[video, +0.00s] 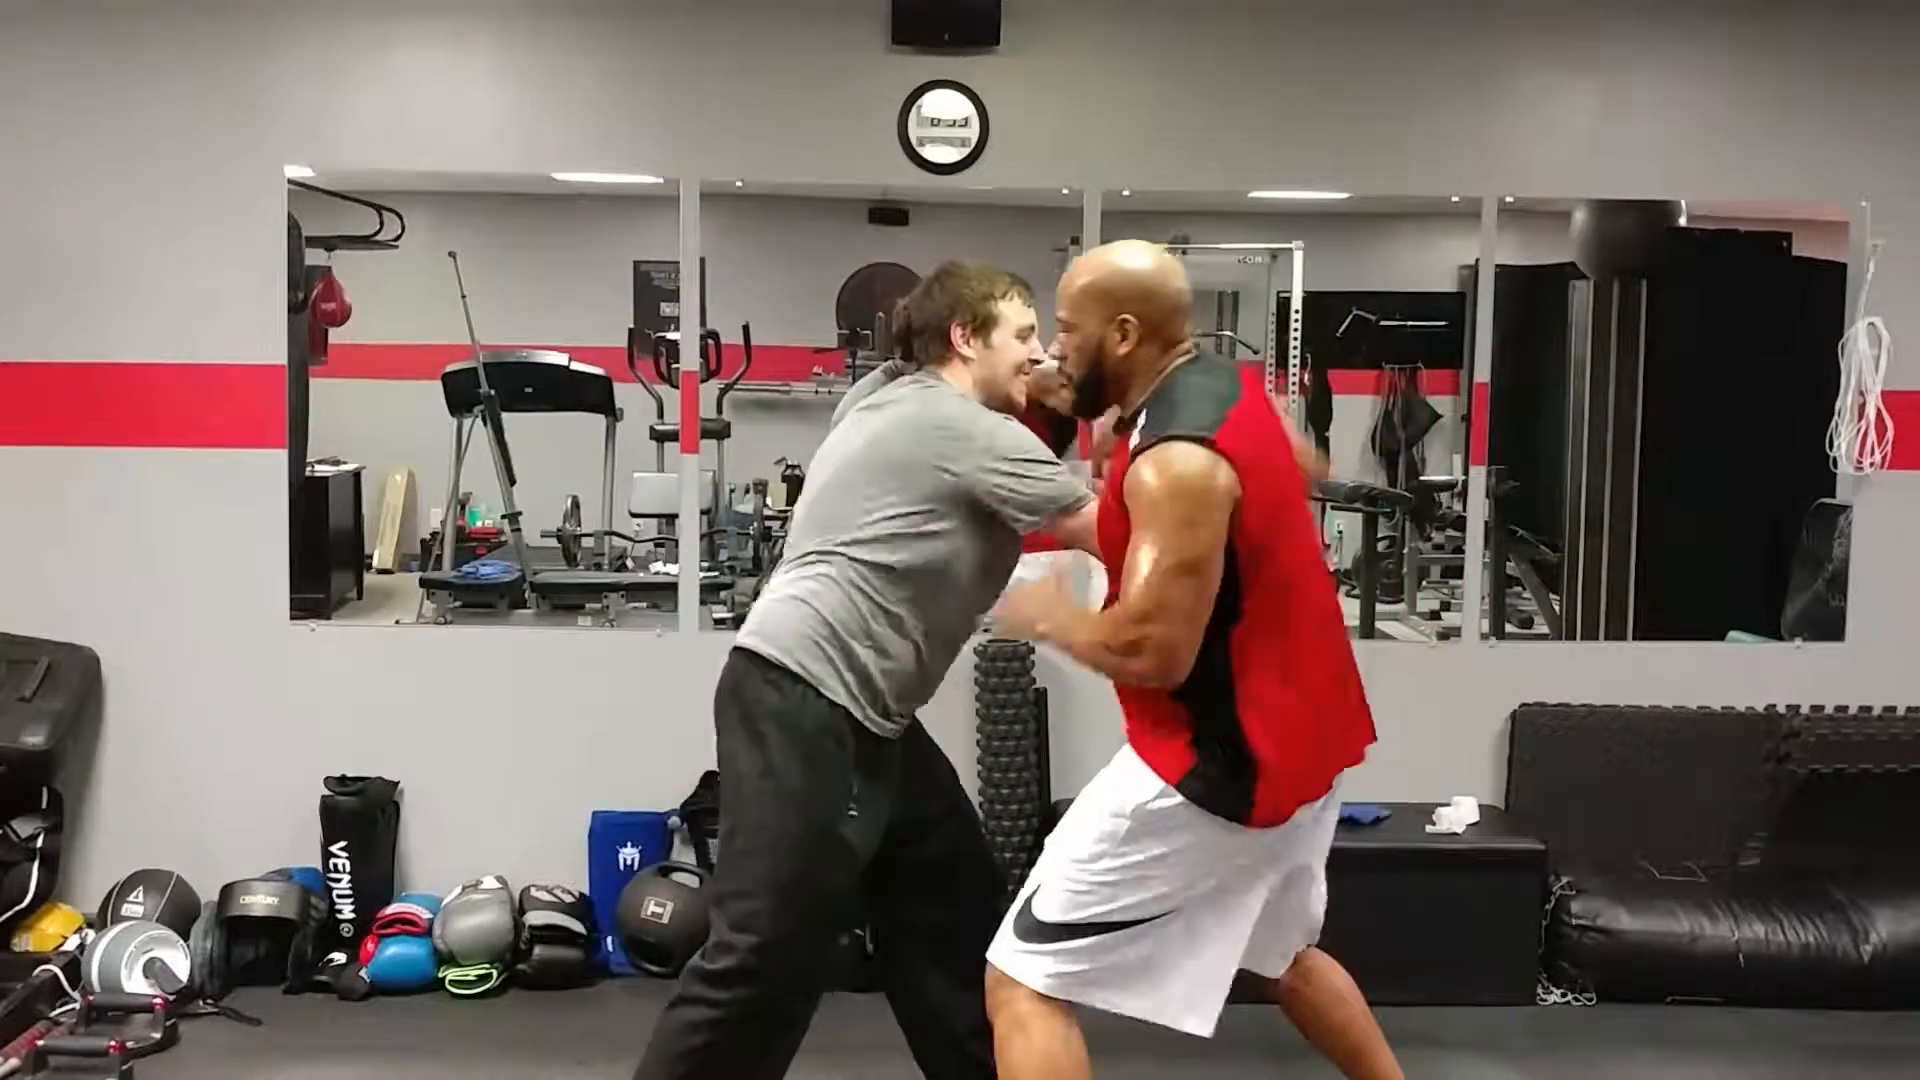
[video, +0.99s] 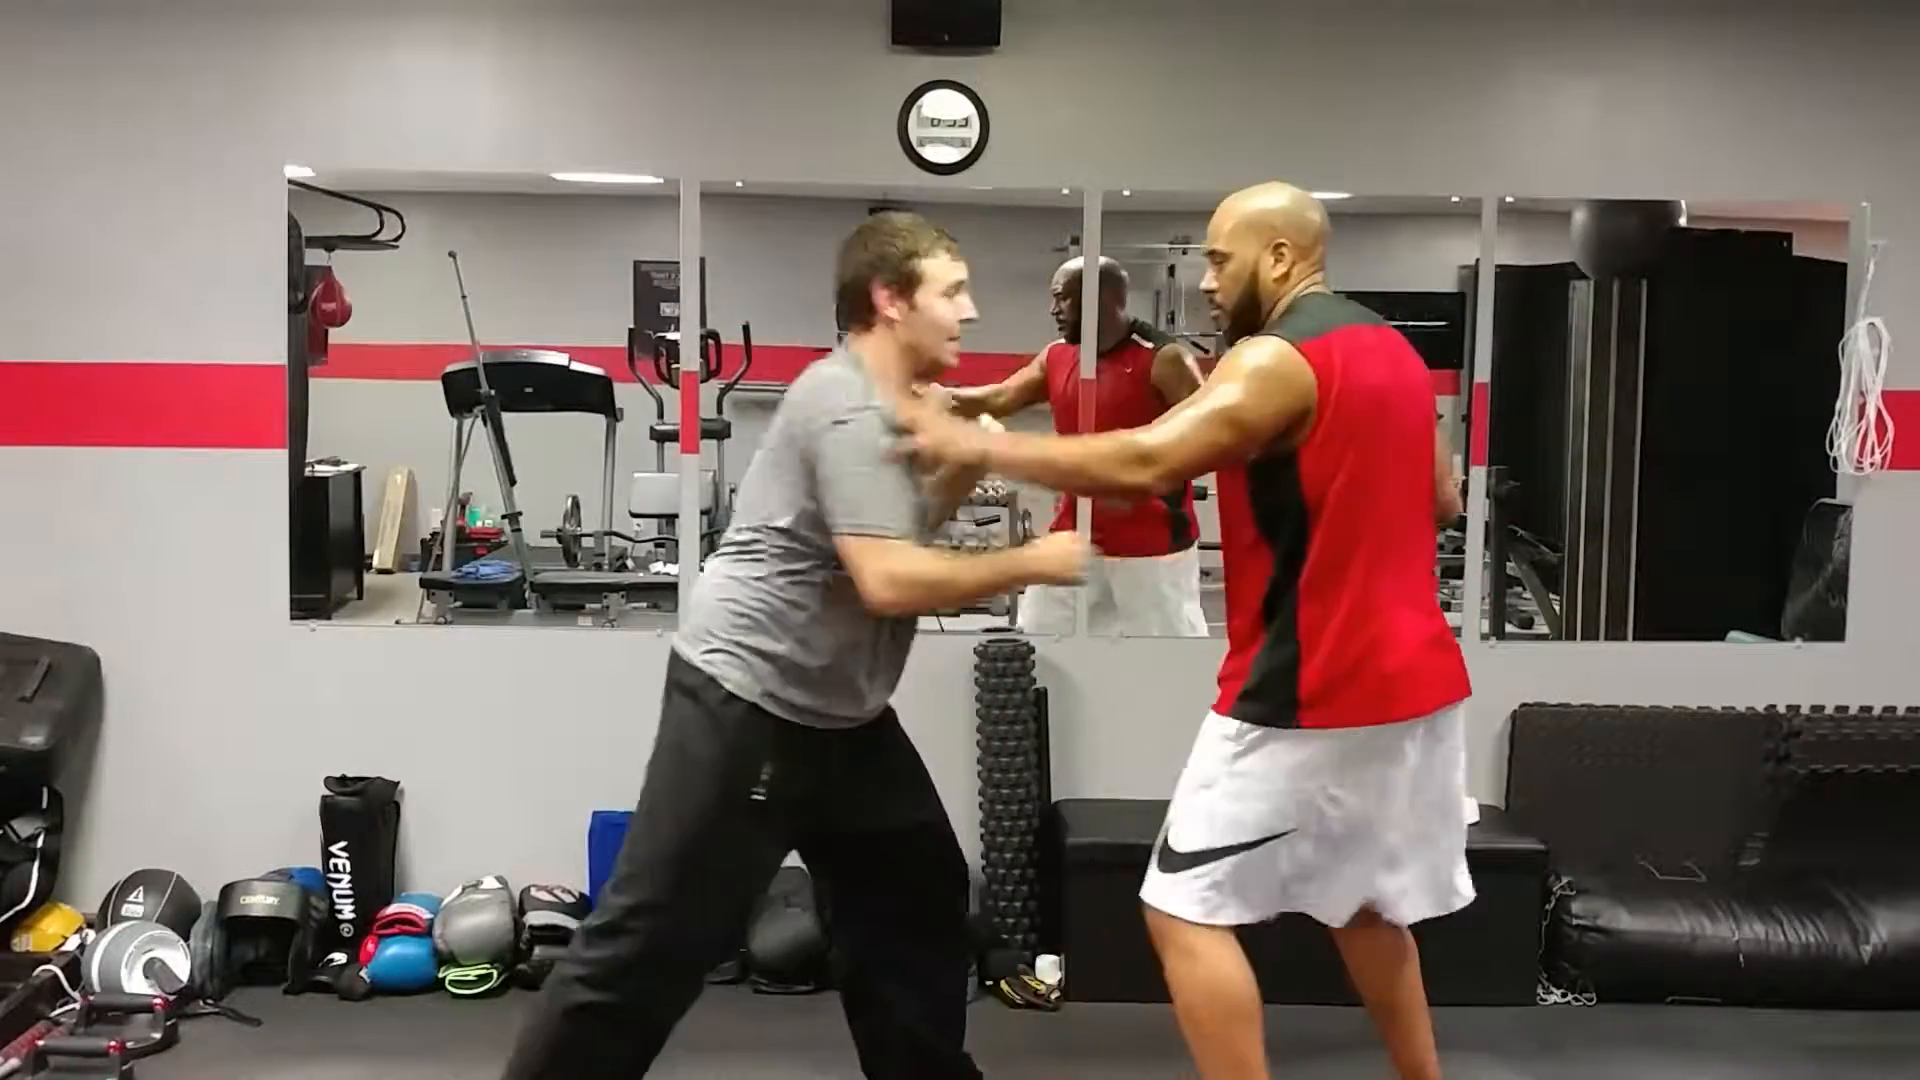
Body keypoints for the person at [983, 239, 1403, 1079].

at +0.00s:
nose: (1053, 346)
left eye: (1066, 328)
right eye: (1055, 327)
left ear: (1126, 333)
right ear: (1149, 328)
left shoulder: (1176, 458)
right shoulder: (1229, 383)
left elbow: (1154, 650)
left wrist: (1049, 618)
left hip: (1210, 762)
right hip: (1301, 740)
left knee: (1022, 977)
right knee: (1280, 950)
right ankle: (1385, 1075)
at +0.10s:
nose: (1048, 336)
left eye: (1059, 317)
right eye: (1047, 318)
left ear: (1117, 317)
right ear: (1144, 315)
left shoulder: (1158, 442)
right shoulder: (1210, 388)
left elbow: (1108, 627)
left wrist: (967, 614)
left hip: (1203, 753)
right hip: (1294, 734)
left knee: (1021, 979)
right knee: (1263, 954)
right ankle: (1360, 1075)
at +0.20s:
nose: (1050, 327)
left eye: (1060, 308)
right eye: (1051, 308)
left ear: (1118, 310)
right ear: (1141, 308)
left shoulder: (1147, 426)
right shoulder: (1213, 379)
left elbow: (1048, 595)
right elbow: (1071, 428)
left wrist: (926, 577)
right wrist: (956, 401)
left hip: (1191, 757)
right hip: (1286, 736)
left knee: (1013, 980)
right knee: (1244, 957)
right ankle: (1325, 1074)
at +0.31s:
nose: (1055, 320)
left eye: (1066, 302)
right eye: (1057, 302)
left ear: (1119, 306)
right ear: (1160, 301)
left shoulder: (1104, 403)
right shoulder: (1249, 372)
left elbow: (909, 487)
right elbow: (1118, 491)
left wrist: (754, 495)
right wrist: (957, 479)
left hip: (1174, 743)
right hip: (1295, 728)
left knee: (999, 977)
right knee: (1238, 943)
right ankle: (1334, 1072)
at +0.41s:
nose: (1053, 313)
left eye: (1064, 296)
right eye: (1056, 294)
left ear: (1110, 303)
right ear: (1164, 304)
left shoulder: (1069, 379)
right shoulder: (1257, 379)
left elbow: (894, 398)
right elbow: (1318, 523)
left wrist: (798, 336)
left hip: (1156, 754)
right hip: (1295, 739)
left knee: (997, 971)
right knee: (1254, 917)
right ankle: (1362, 1071)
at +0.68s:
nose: (1141, 311)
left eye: (1151, 290)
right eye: (1141, 291)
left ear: (1205, 284)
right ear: (1246, 285)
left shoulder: (1189, 374)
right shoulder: (1357, 366)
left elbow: (1032, 443)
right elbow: (1443, 492)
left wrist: (921, 384)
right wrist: (1317, 518)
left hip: (1228, 716)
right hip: (1357, 698)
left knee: (1100, 936)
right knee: (1342, 916)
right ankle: (1418, 1072)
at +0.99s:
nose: (1207, 280)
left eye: (1221, 261)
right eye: (1207, 262)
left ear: (1283, 259)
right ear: (1301, 263)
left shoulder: (1277, 363)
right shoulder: (1392, 352)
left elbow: (1148, 461)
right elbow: (1441, 496)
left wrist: (978, 445)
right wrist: (1299, 477)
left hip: (1301, 683)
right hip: (1413, 671)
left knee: (1184, 908)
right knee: (1362, 895)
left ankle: (1245, 1076)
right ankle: (1422, 1071)